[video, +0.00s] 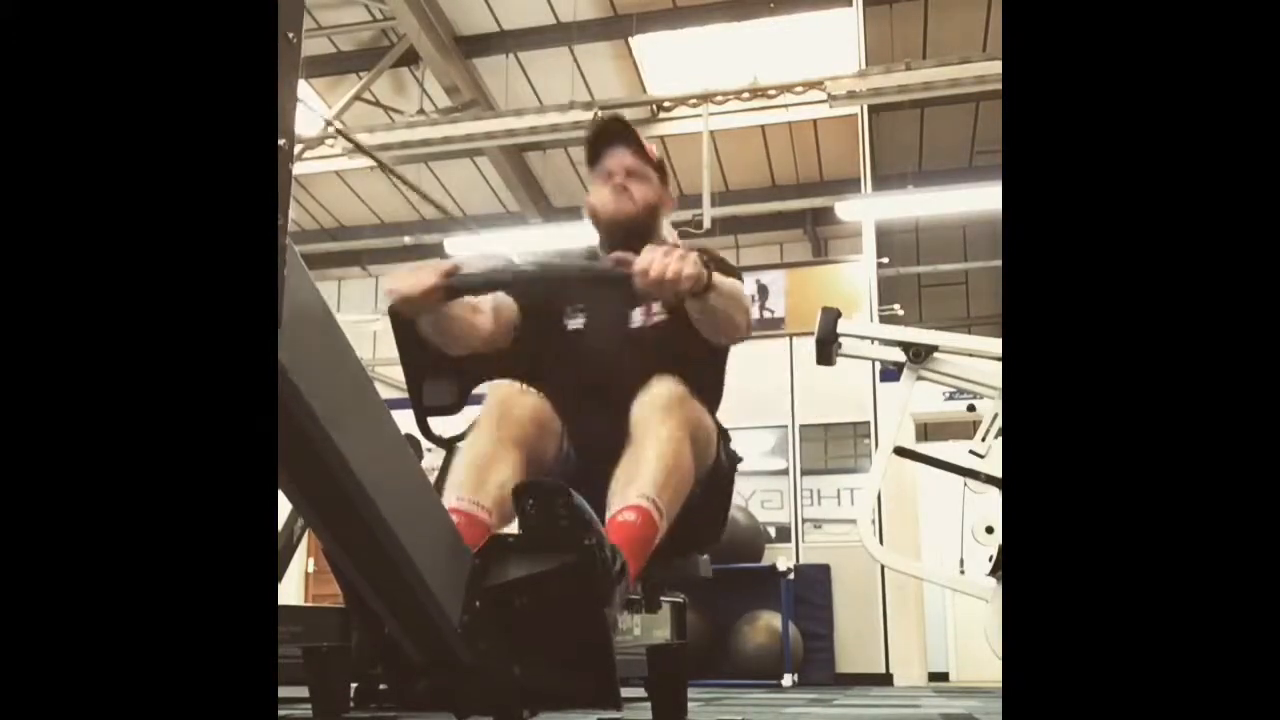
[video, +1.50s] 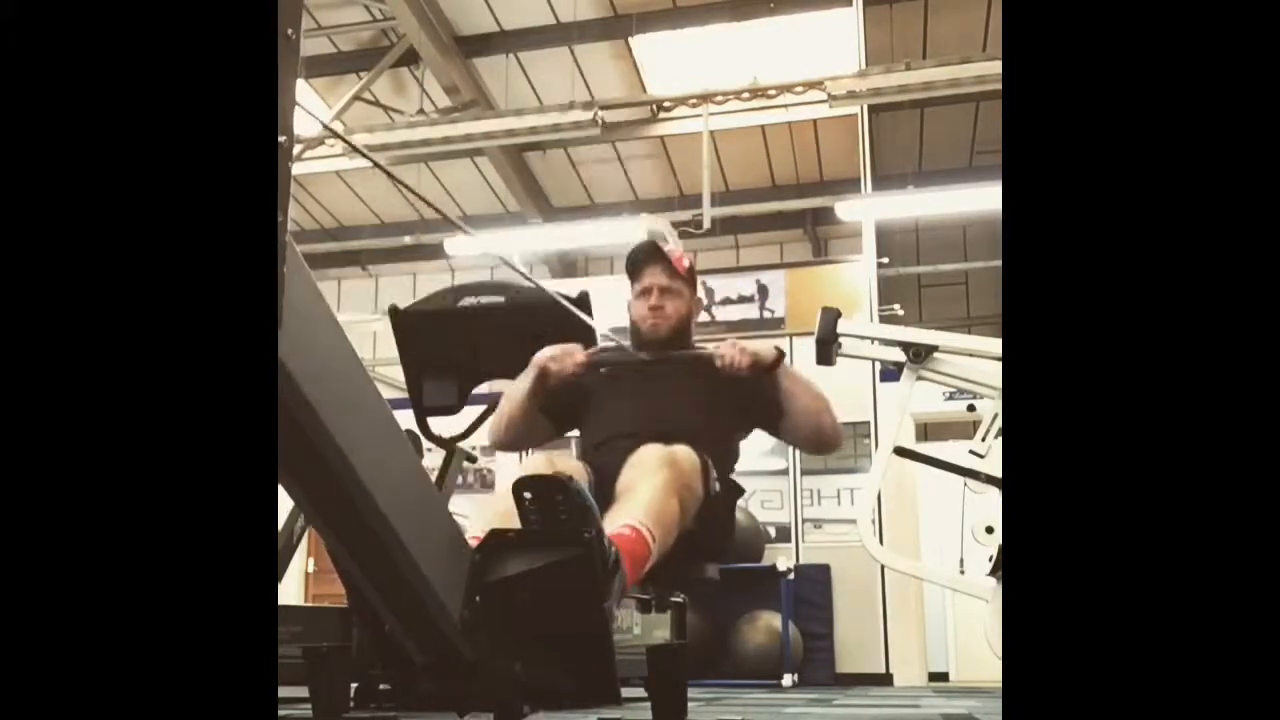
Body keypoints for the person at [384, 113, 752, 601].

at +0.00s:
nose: (619, 182)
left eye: (636, 175)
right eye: (606, 175)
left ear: (665, 196)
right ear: (588, 200)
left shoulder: (699, 267)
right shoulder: (556, 276)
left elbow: (735, 328)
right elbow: (478, 328)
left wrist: (697, 287)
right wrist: (429, 307)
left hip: (676, 477)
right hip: (562, 474)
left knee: (664, 395)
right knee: (508, 398)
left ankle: (612, 568)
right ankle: (446, 557)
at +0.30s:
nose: (657, 300)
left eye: (672, 292)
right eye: (646, 293)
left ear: (695, 306)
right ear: (631, 307)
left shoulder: (724, 372)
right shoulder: (593, 377)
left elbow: (811, 451)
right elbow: (511, 447)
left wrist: (763, 389)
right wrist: (532, 395)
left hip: (694, 500)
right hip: (591, 493)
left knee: (659, 473)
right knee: (534, 486)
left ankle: (610, 581)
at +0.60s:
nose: (641, 259)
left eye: (655, 248)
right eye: (628, 249)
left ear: (681, 262)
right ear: (611, 261)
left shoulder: (716, 333)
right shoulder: (570, 337)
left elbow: (803, 385)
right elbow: (475, 410)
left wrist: (753, 328)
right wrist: (476, 347)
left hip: (682, 499)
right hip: (566, 493)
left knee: (654, 397)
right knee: (526, 400)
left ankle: (610, 560)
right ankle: (465, 547)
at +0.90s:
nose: (581, 143)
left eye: (600, 133)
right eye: (567, 137)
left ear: (637, 159)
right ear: (550, 164)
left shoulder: (679, 239)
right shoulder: (517, 252)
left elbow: (720, 294)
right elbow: (437, 304)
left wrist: (675, 270)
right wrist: (363, 290)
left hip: (660, 486)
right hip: (542, 486)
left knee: (652, 325)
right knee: (480, 326)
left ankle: (608, 554)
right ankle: (439, 552)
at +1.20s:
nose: (625, 198)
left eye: (642, 190)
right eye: (611, 189)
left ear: (669, 210)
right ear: (593, 207)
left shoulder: (699, 276)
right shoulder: (565, 283)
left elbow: (747, 333)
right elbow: (492, 339)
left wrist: (707, 289)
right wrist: (449, 319)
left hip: (678, 471)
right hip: (563, 466)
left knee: (662, 405)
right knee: (505, 411)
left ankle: (607, 569)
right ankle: (452, 558)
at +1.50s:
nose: (655, 302)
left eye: (669, 293)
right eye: (645, 293)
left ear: (695, 304)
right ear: (630, 305)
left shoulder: (726, 368)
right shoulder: (596, 368)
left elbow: (825, 437)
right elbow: (505, 438)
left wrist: (773, 365)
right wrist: (535, 376)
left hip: (696, 498)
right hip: (595, 488)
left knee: (660, 461)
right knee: (537, 468)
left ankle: (605, 575)